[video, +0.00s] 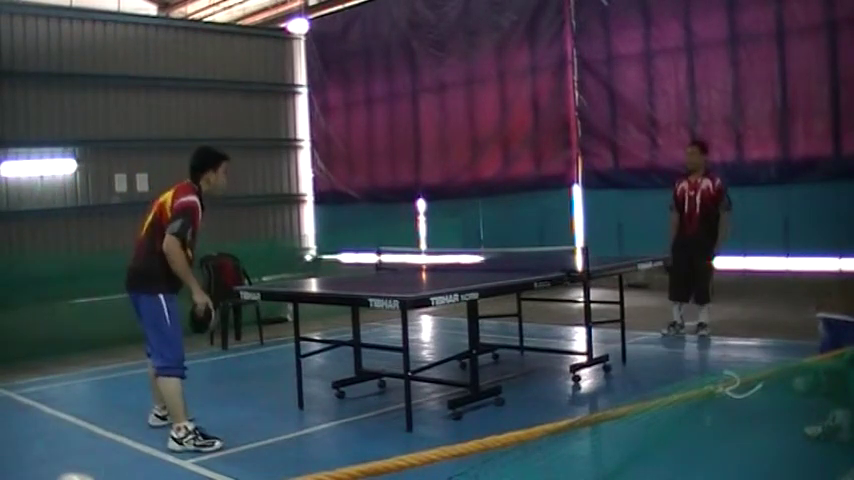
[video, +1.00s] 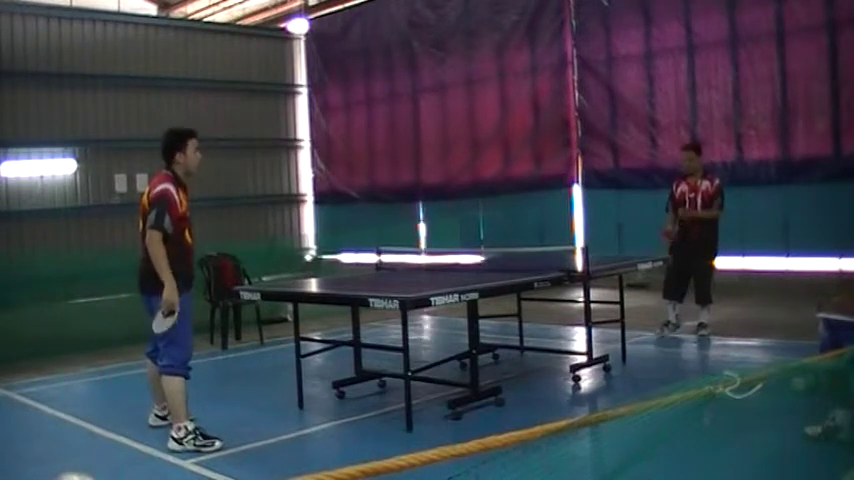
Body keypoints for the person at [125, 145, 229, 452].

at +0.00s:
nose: (225, 179)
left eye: (225, 173)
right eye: (222, 173)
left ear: (201, 173)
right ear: (208, 174)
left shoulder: (181, 194)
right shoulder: (189, 201)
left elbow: (165, 242)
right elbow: (171, 245)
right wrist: (196, 290)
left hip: (147, 283)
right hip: (153, 286)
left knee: (160, 351)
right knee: (170, 356)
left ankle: (162, 409)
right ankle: (181, 429)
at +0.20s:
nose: (215, 166)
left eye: (215, 160)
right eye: (211, 160)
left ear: (192, 163)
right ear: (194, 162)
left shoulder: (174, 187)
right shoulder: (182, 193)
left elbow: (158, 238)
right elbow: (169, 240)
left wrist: (177, 285)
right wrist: (190, 290)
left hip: (154, 283)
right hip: (162, 285)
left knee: (162, 351)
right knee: (171, 355)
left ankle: (161, 409)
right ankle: (182, 429)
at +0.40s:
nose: (206, 159)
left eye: (205, 153)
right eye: (201, 153)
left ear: (182, 158)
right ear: (183, 158)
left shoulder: (168, 186)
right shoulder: (174, 191)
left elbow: (156, 238)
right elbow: (162, 238)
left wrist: (179, 278)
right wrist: (181, 284)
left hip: (159, 284)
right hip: (165, 286)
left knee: (163, 349)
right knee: (175, 353)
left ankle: (162, 409)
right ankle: (182, 429)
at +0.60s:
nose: (201, 157)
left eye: (200, 151)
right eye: (196, 151)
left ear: (181, 157)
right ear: (178, 155)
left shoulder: (178, 187)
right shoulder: (166, 190)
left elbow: (170, 237)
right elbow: (154, 237)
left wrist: (181, 277)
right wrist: (171, 283)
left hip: (172, 284)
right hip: (169, 287)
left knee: (165, 350)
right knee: (176, 356)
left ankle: (162, 409)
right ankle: (182, 429)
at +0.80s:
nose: (200, 157)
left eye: (199, 150)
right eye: (195, 151)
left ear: (180, 156)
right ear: (177, 155)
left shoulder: (178, 187)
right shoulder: (165, 190)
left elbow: (170, 237)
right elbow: (152, 238)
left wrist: (180, 278)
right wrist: (166, 286)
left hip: (173, 285)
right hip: (170, 288)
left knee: (164, 350)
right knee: (176, 356)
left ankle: (162, 409)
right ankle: (182, 430)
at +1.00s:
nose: (199, 157)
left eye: (198, 151)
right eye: (195, 151)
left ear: (178, 156)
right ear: (179, 155)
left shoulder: (171, 185)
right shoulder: (166, 190)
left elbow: (161, 237)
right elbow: (153, 237)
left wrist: (177, 280)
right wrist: (169, 285)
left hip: (167, 285)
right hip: (170, 287)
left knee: (161, 350)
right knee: (175, 356)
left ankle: (162, 409)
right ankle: (182, 430)